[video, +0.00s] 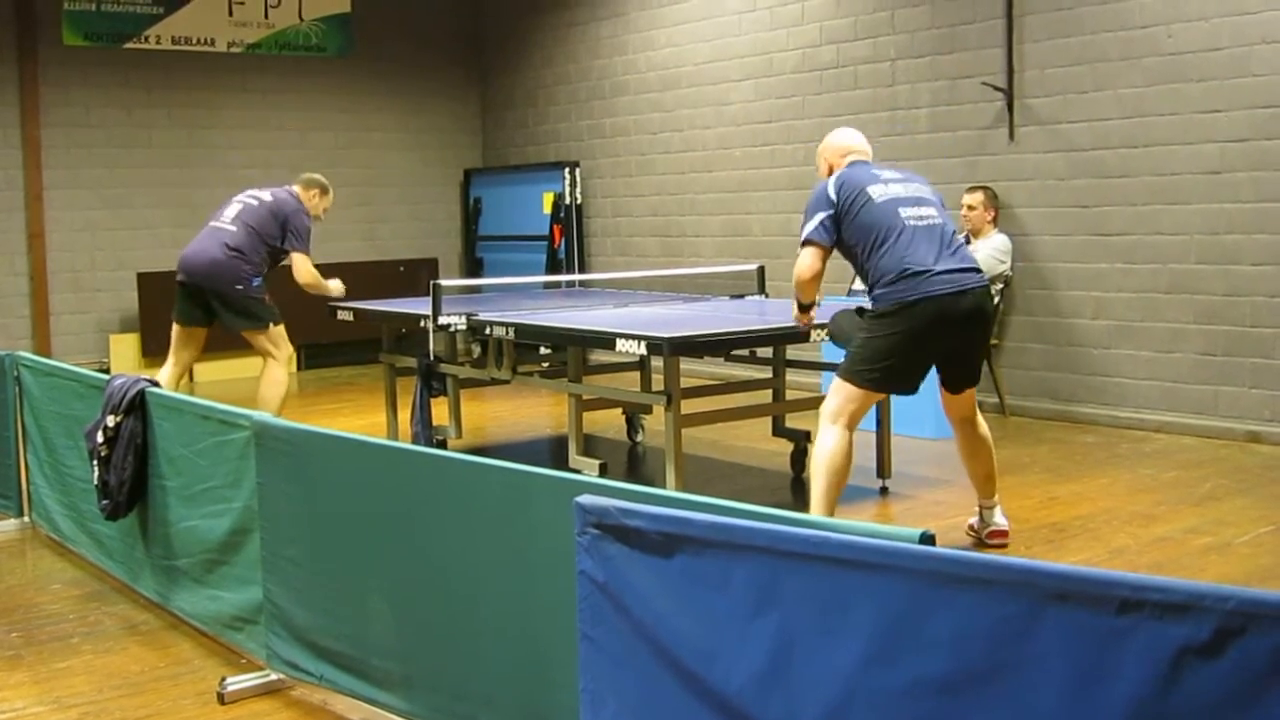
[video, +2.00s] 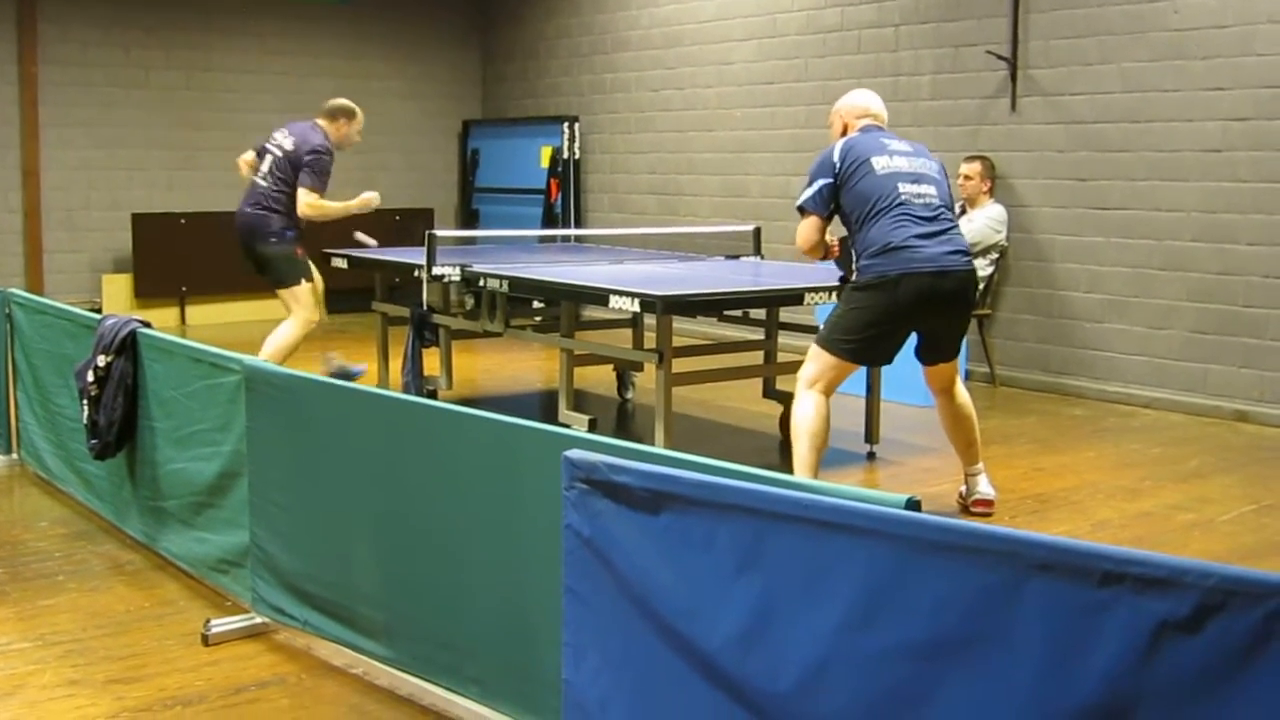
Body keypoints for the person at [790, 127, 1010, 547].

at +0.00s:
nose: (821, 175)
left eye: (820, 168)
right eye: (819, 168)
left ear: (831, 161)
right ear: (865, 154)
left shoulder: (831, 188)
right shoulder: (914, 179)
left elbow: (807, 271)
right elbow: (938, 243)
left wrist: (804, 307)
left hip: (907, 305)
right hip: (972, 298)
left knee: (837, 416)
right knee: (966, 412)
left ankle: (816, 534)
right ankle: (992, 517)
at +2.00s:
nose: (833, 135)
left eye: (833, 128)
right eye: (833, 129)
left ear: (845, 123)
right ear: (882, 121)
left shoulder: (837, 154)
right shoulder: (925, 154)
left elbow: (807, 240)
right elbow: (941, 218)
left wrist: (827, 248)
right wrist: (861, 242)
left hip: (890, 275)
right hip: (955, 275)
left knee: (813, 384)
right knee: (947, 383)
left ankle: (802, 494)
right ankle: (978, 483)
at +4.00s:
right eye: (926, 129)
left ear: (875, 115)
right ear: (923, 131)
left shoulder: (833, 140)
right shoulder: (930, 170)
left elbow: (748, 168)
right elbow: (949, 263)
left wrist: (728, 184)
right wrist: (975, 338)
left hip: (795, 279)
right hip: (869, 291)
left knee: (736, 399)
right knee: (923, 379)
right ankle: (949, 484)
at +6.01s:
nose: (798, 132)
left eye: (803, 114)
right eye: (790, 121)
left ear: (839, 92)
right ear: (837, 98)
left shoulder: (890, 128)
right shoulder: (866, 148)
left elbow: (981, 194)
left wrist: (954, 304)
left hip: (973, 312)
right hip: (993, 310)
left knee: (891, 471)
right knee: (980, 455)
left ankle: (923, 611)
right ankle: (1044, 571)